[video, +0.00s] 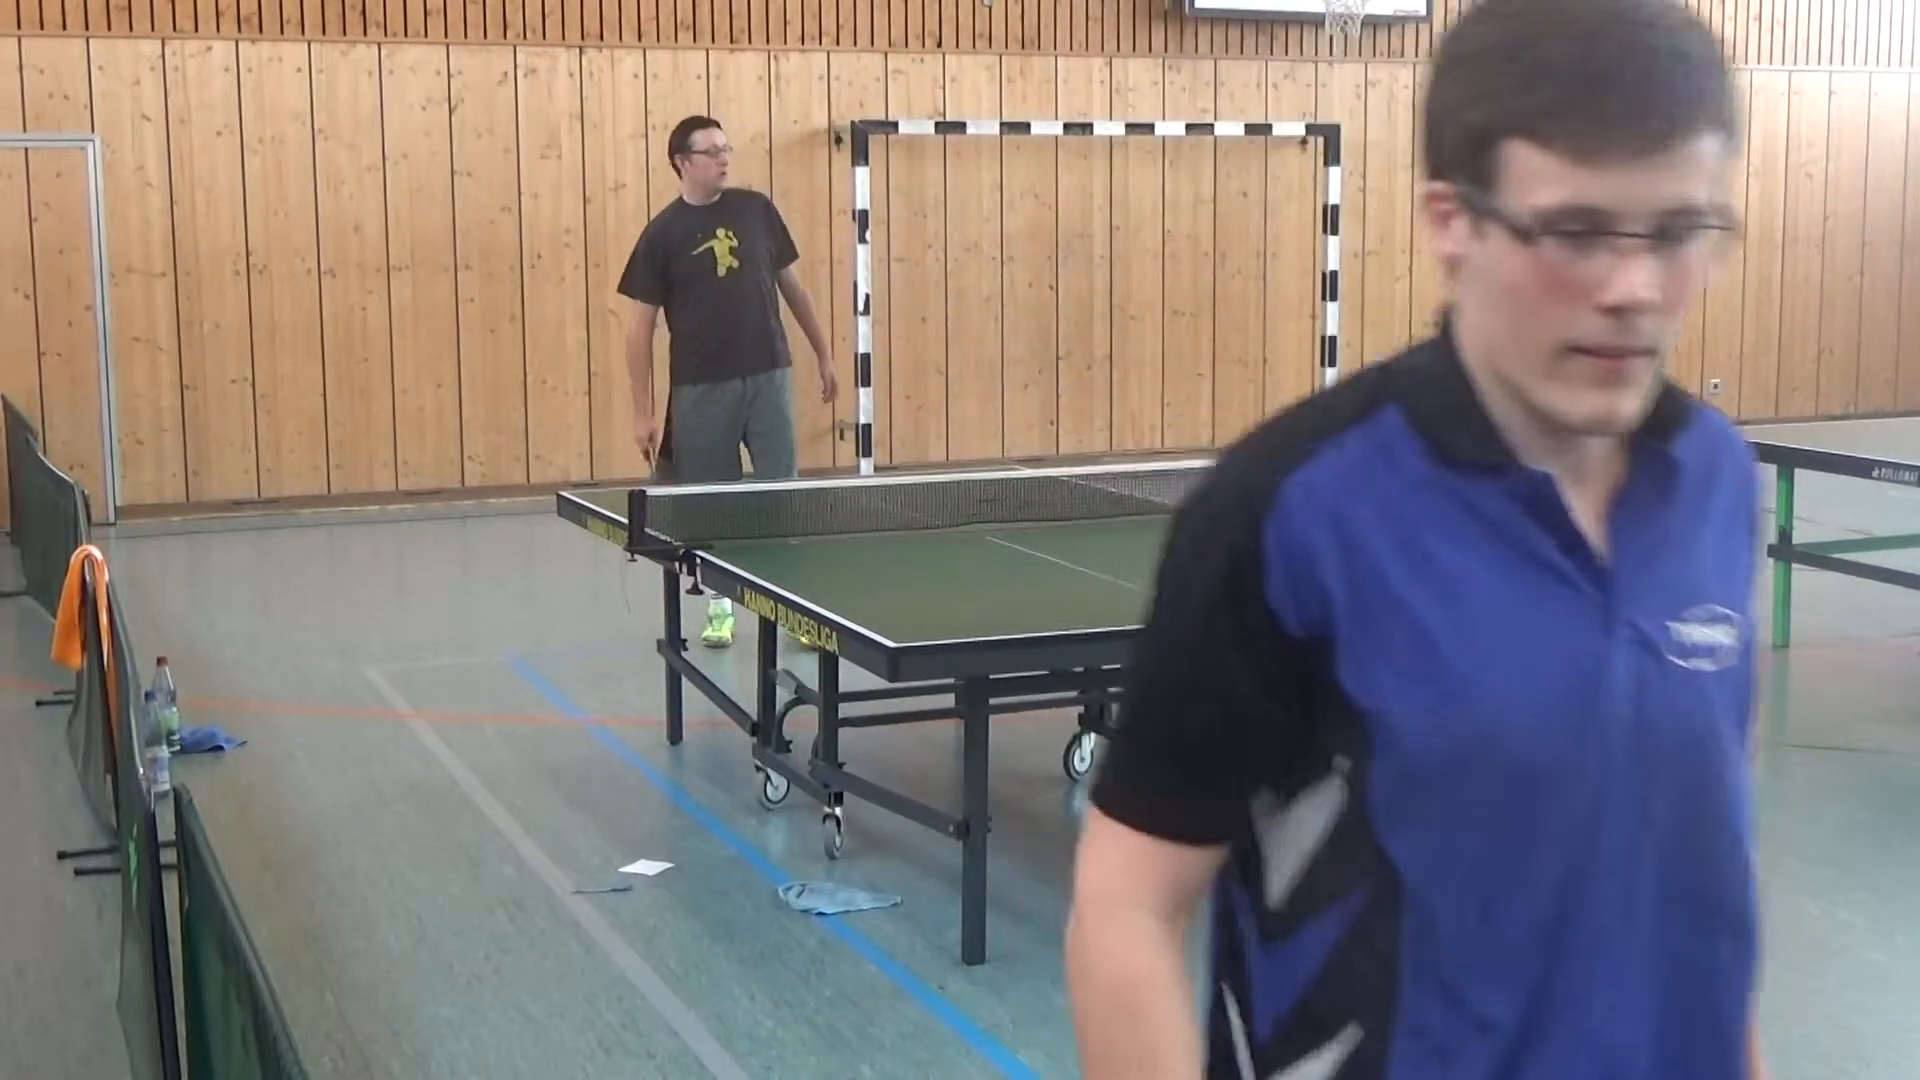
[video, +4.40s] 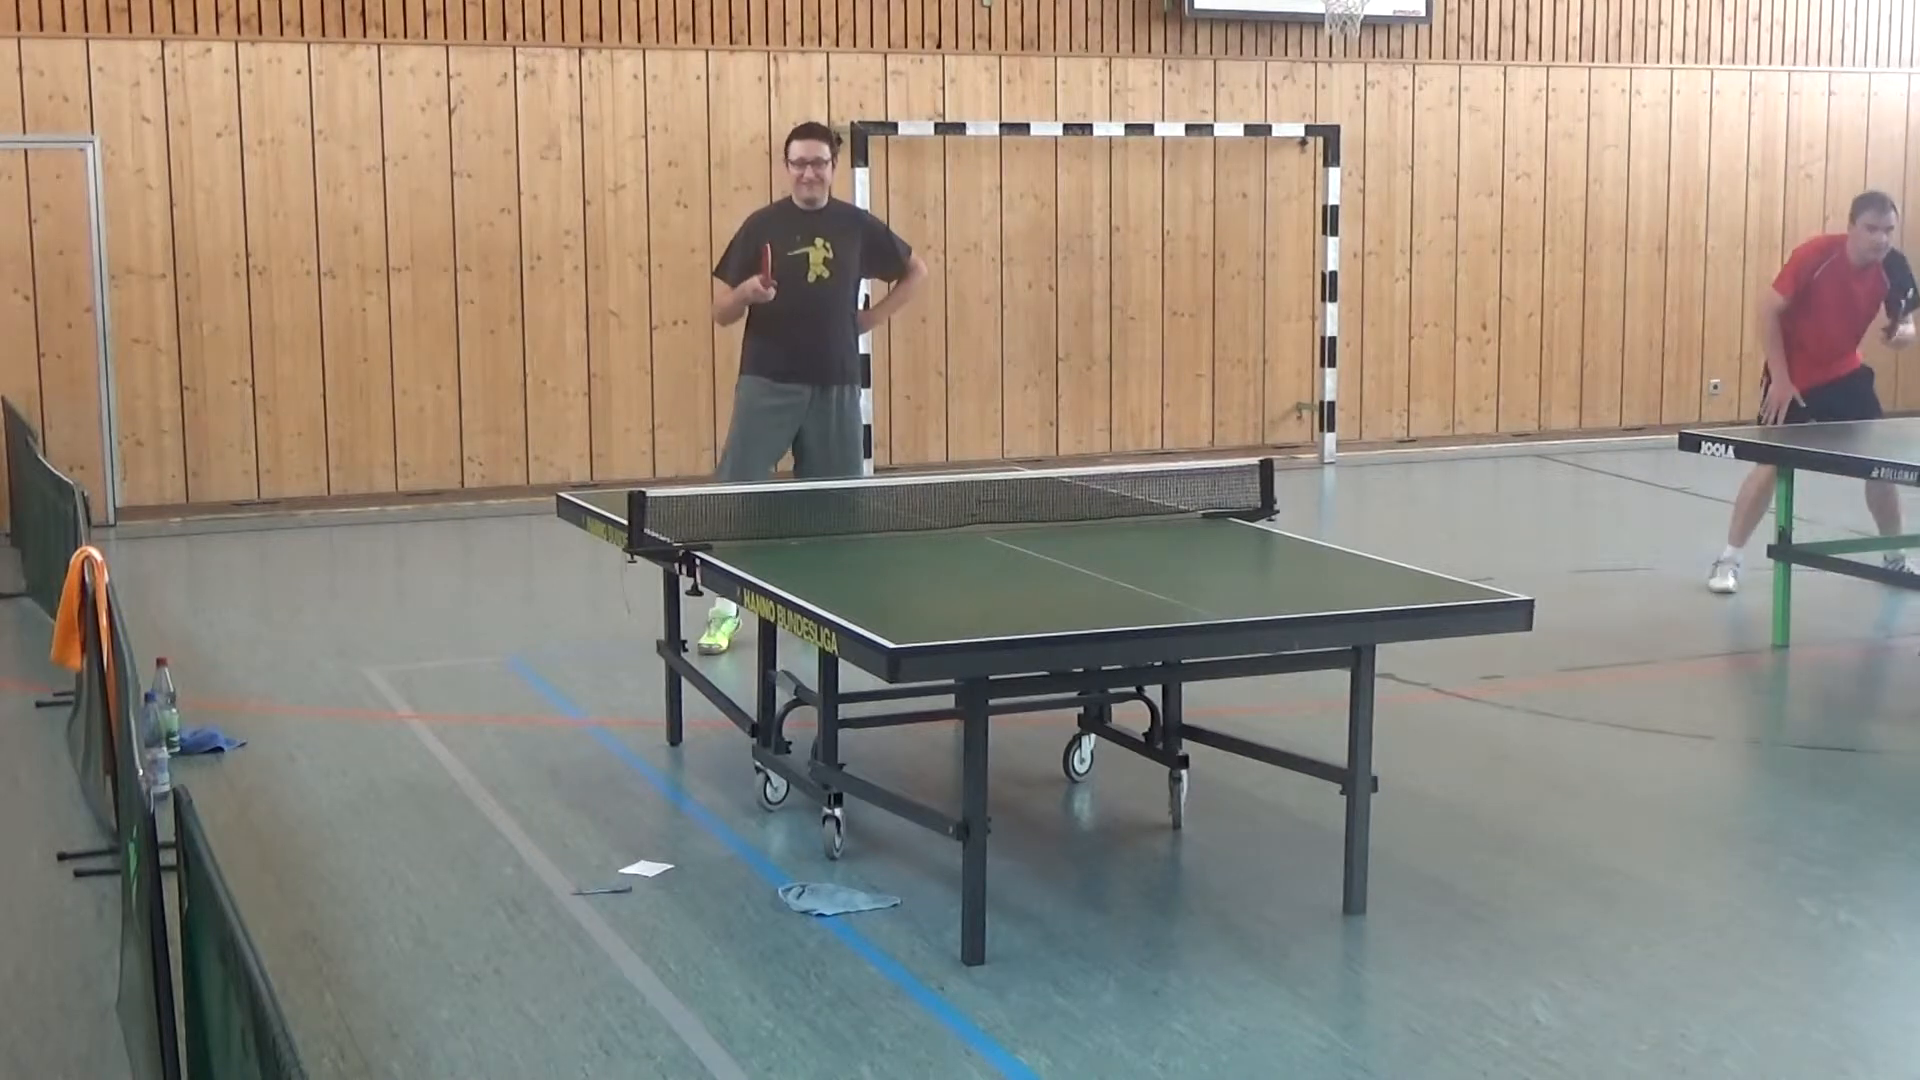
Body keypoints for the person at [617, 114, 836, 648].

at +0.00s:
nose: (724, 159)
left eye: (725, 150)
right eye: (711, 152)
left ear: (728, 156)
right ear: (681, 163)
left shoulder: (757, 208)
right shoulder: (661, 234)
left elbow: (792, 285)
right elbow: (641, 327)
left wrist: (824, 356)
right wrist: (644, 413)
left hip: (770, 381)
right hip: (701, 391)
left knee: (783, 498)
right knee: (708, 504)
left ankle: (796, 606)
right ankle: (719, 603)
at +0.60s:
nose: (796, 161)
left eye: (796, 152)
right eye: (785, 152)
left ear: (790, 159)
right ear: (753, 160)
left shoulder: (812, 217)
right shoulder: (717, 225)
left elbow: (836, 292)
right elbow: (693, 319)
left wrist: (814, 330)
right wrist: (697, 398)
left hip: (801, 382)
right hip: (738, 385)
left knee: (798, 499)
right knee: (731, 501)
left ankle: (795, 603)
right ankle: (722, 603)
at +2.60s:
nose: (808, 173)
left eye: (818, 164)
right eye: (799, 163)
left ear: (830, 168)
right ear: (782, 165)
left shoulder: (851, 224)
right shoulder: (754, 228)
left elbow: (900, 268)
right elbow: (731, 318)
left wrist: (864, 315)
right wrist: (750, 393)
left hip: (835, 392)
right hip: (768, 392)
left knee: (841, 510)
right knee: (745, 506)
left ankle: (842, 613)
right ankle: (729, 608)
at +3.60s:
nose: (809, 172)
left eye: (818, 163)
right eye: (800, 163)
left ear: (831, 166)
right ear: (784, 165)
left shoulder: (853, 224)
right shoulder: (754, 227)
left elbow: (903, 271)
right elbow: (720, 308)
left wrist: (867, 314)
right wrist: (760, 320)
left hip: (835, 388)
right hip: (768, 389)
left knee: (835, 506)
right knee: (748, 502)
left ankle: (833, 612)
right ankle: (729, 607)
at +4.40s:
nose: (809, 172)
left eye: (818, 163)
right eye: (800, 163)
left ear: (833, 166)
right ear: (786, 167)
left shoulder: (858, 225)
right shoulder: (760, 226)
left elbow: (918, 272)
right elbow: (720, 312)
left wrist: (875, 316)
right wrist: (744, 293)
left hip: (837, 389)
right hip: (767, 388)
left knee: (842, 509)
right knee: (735, 498)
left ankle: (843, 615)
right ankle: (727, 606)